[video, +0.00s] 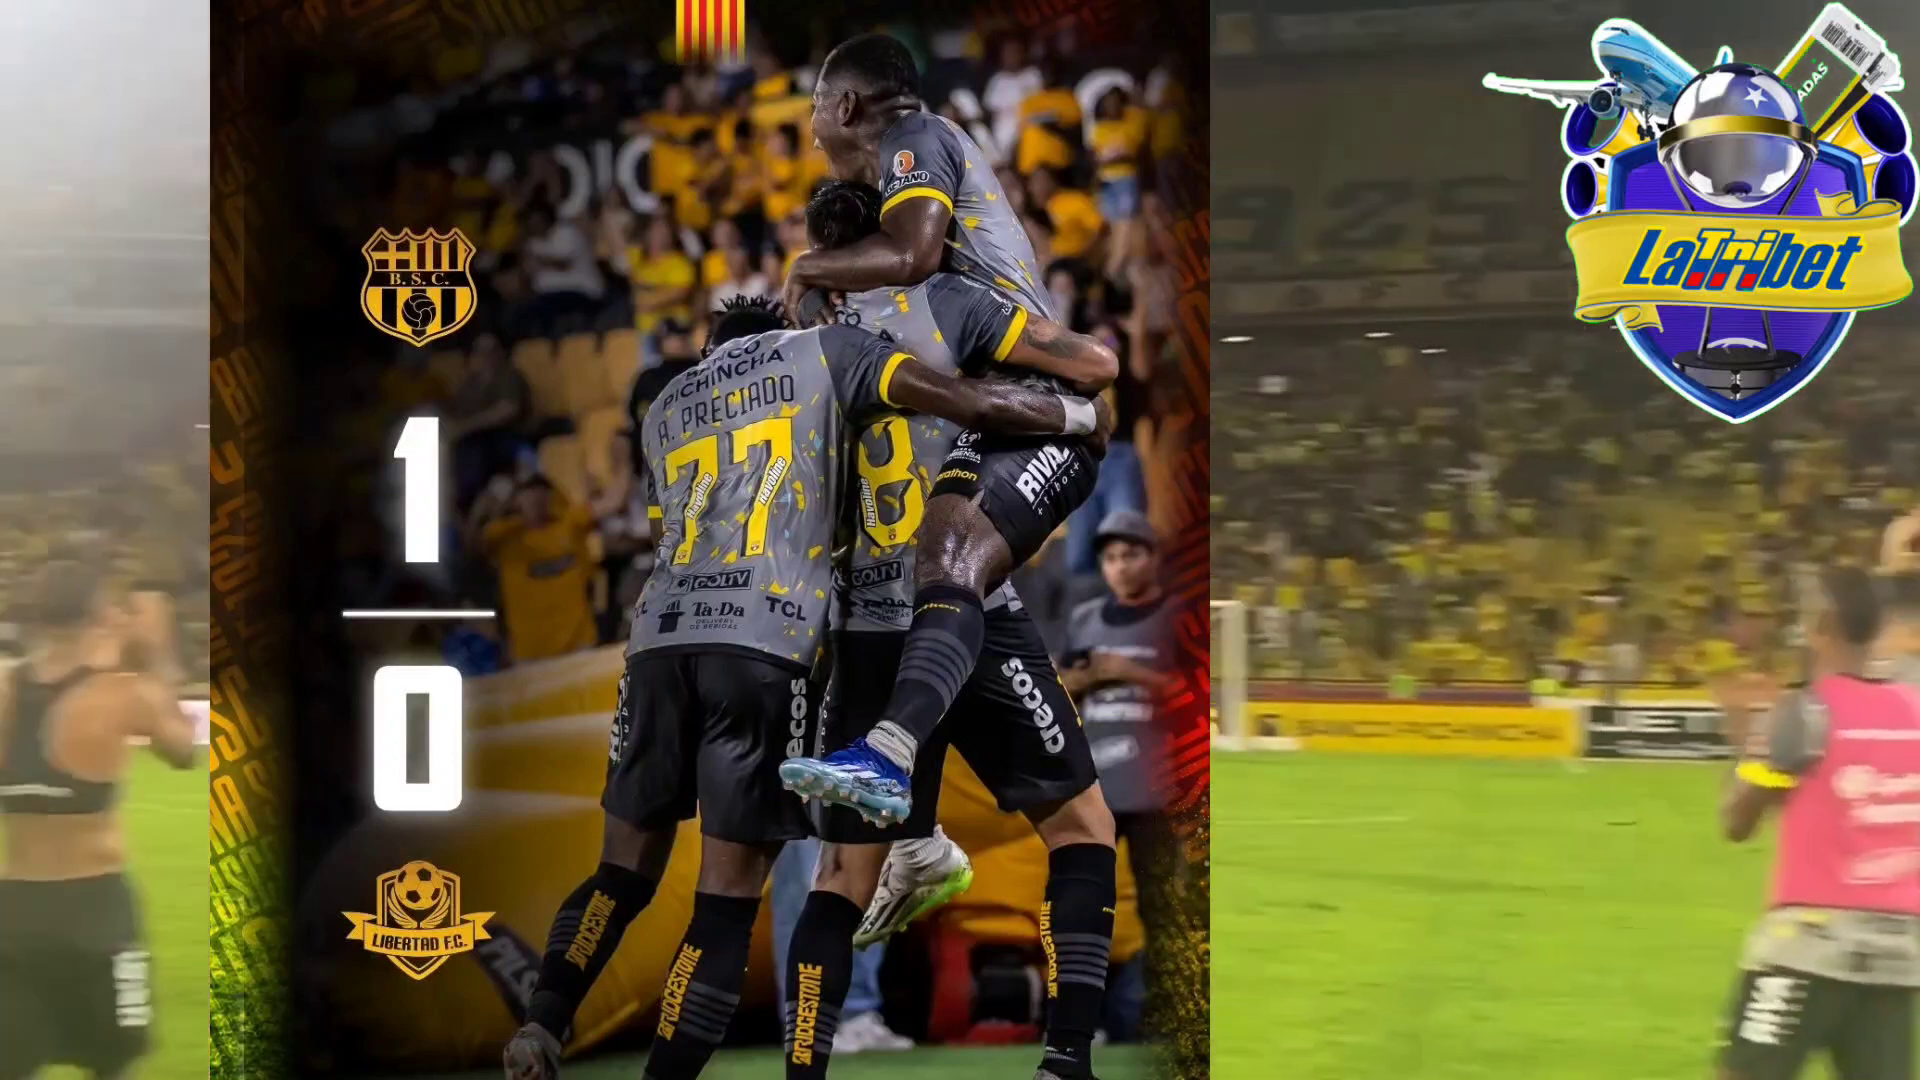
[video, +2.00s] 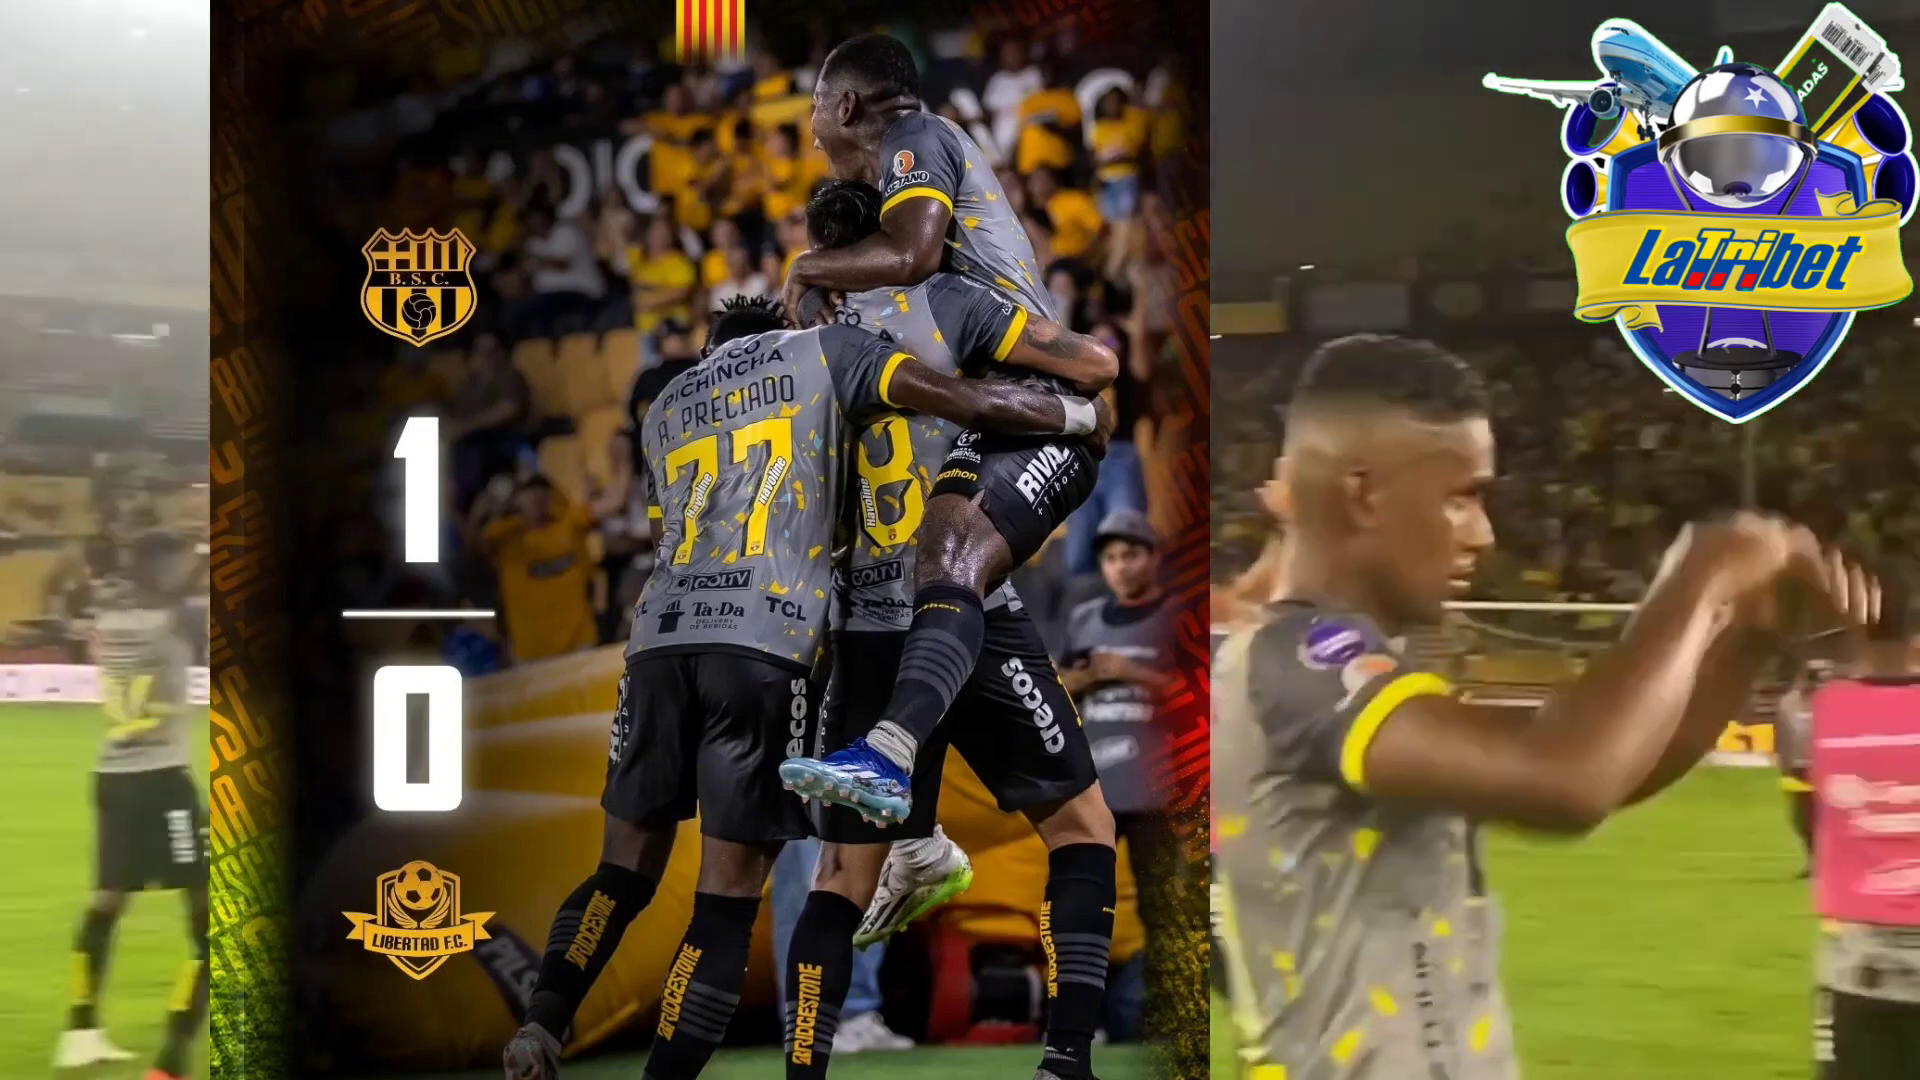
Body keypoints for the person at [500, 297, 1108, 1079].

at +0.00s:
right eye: (804, 317)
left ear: (708, 345)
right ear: (787, 323)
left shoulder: (661, 407)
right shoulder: (830, 348)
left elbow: (679, 519)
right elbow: (972, 400)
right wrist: (1089, 418)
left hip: (657, 648)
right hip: (761, 648)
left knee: (623, 867)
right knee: (727, 893)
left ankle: (543, 1026)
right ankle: (667, 1075)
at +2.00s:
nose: (824, 324)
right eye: (812, 317)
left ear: (708, 346)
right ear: (791, 323)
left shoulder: (659, 403)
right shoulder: (831, 348)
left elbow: (677, 520)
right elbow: (971, 400)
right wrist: (1088, 417)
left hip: (657, 648)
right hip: (761, 648)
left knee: (623, 865)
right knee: (727, 892)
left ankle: (541, 1027)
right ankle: (667, 1075)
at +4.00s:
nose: (826, 326)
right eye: (814, 319)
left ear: (709, 346)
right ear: (792, 324)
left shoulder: (660, 405)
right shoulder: (830, 348)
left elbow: (680, 521)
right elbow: (970, 400)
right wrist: (1088, 417)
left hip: (657, 648)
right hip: (762, 649)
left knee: (623, 865)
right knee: (727, 892)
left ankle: (542, 1028)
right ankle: (667, 1075)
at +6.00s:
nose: (828, 326)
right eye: (816, 319)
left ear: (709, 345)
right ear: (792, 324)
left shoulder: (661, 406)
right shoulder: (829, 348)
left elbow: (681, 519)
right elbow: (969, 399)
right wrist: (1087, 418)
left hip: (657, 648)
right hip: (762, 648)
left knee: (623, 866)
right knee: (728, 891)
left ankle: (542, 1027)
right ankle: (667, 1076)